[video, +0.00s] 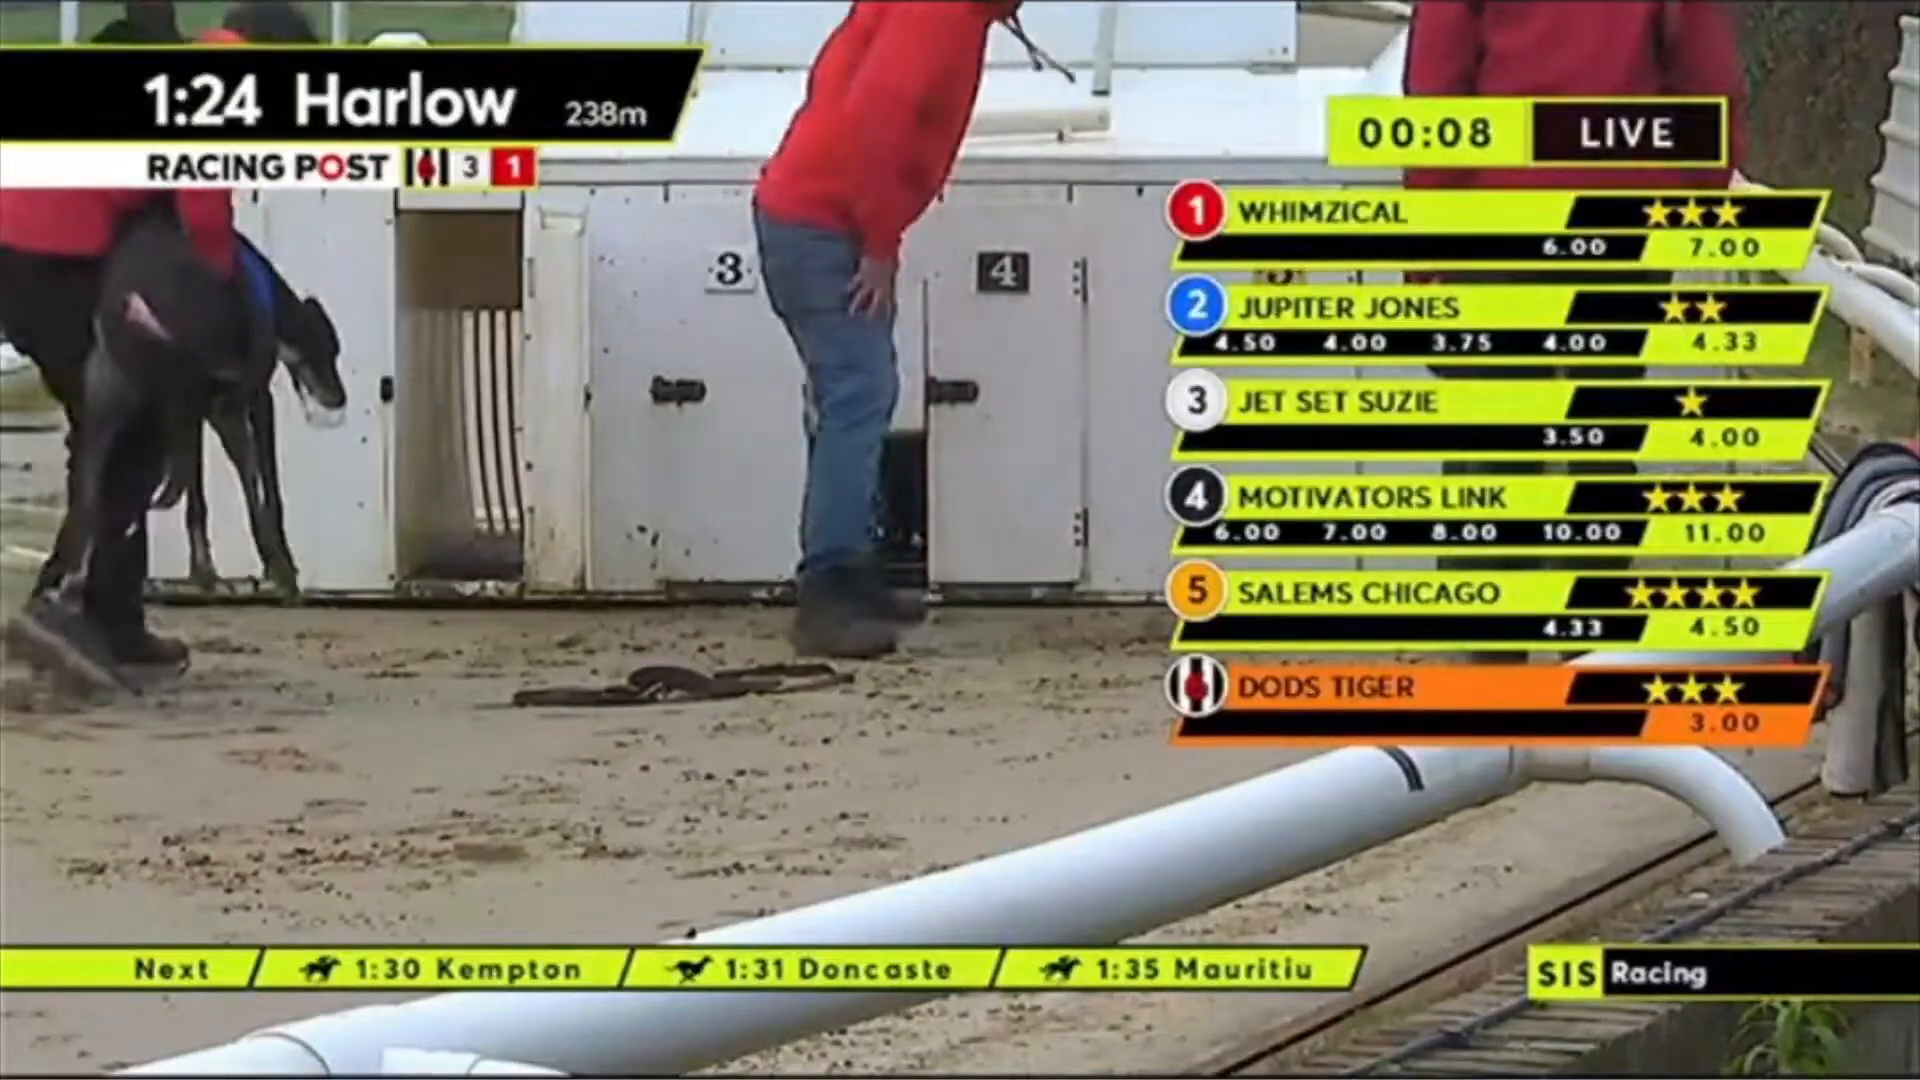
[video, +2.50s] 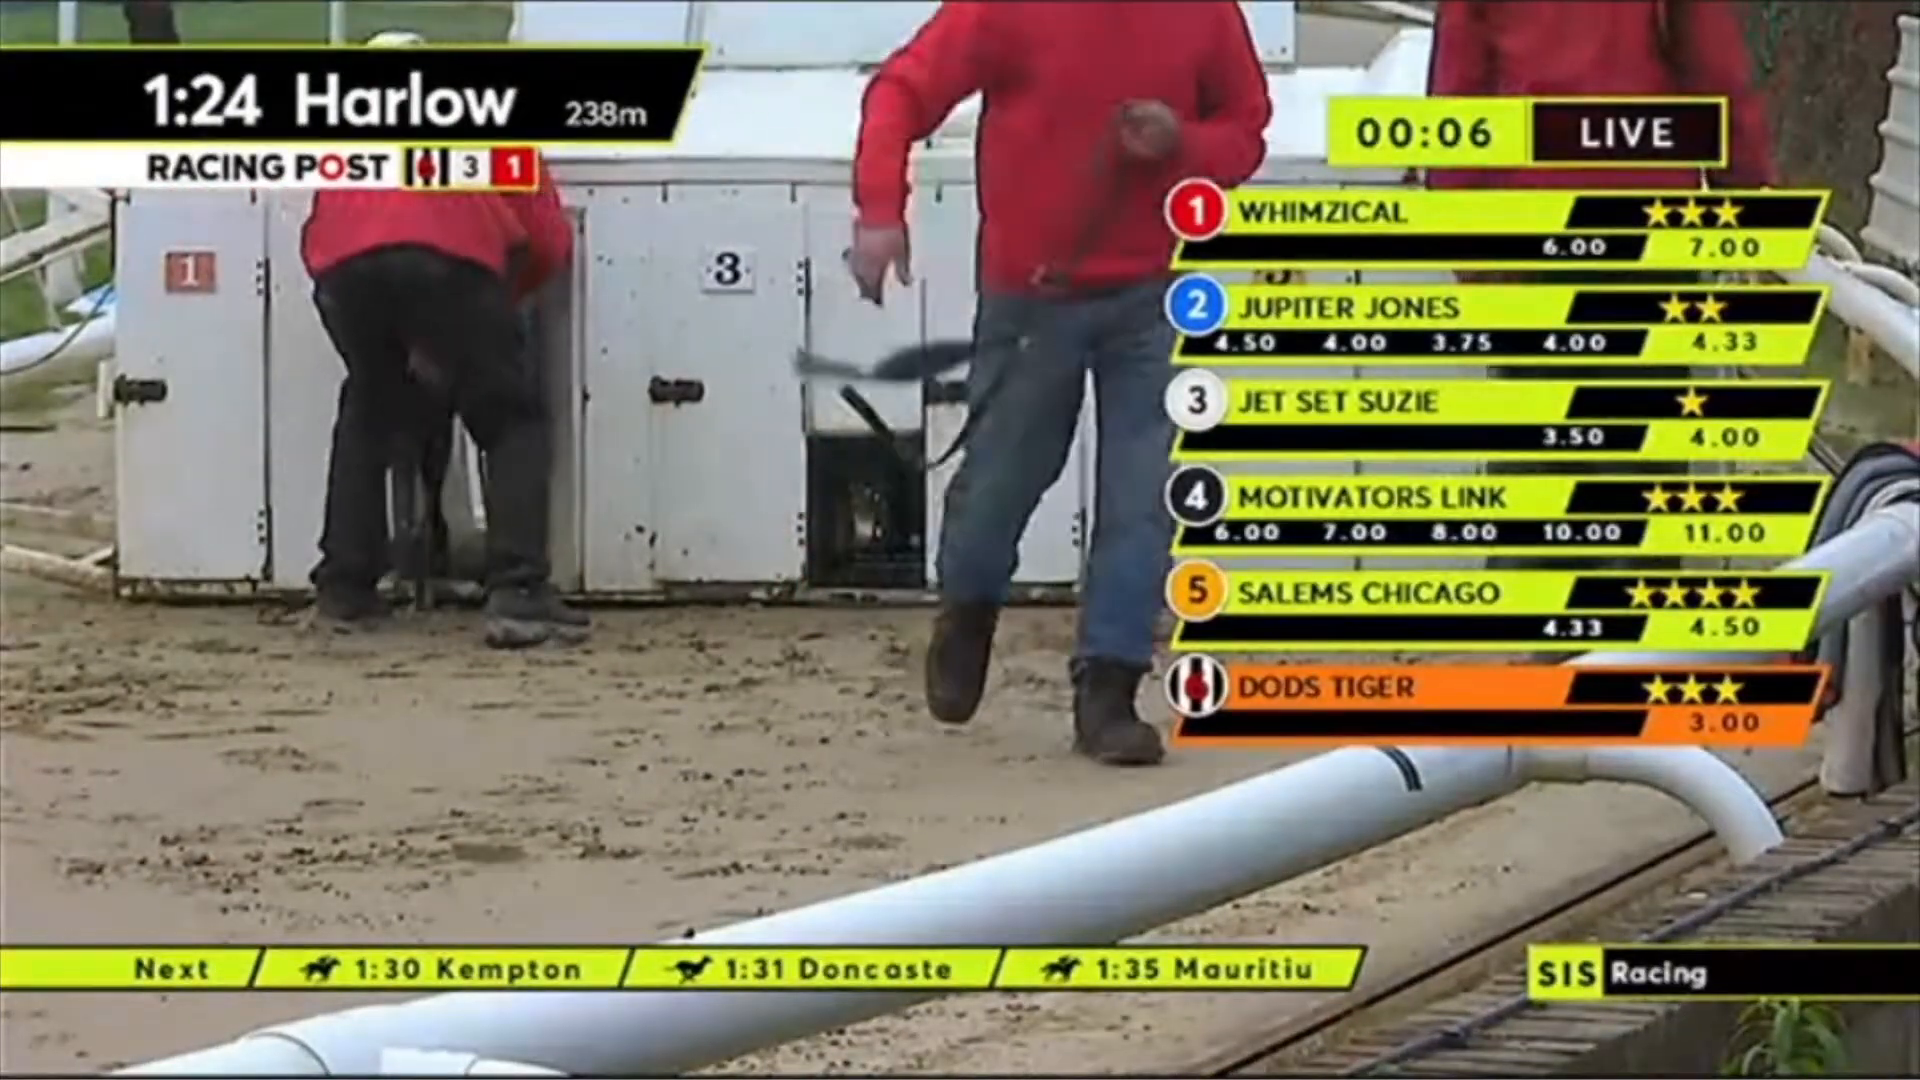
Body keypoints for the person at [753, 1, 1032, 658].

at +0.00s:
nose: (1015, 12)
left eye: (1015, 11)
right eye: (1014, 7)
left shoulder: (919, 12)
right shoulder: (945, 13)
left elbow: (830, 78)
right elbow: (882, 109)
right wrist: (881, 242)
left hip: (808, 217)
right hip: (821, 223)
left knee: (849, 394)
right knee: (862, 392)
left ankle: (843, 581)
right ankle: (831, 595)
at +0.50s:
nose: (886, 66)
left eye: (901, 52)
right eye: (871, 50)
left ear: (928, 38)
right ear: (851, 36)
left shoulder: (974, 41)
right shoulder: (815, 77)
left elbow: (980, 131)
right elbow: (787, 234)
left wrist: (938, 211)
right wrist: (806, 372)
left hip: (932, 259)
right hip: (830, 271)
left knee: (952, 395)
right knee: (817, 419)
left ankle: (963, 587)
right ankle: (826, 602)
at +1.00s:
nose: (862, 364)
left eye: (876, 344)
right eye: (845, 346)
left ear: (907, 315)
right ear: (824, 318)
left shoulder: (996, 249)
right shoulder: (827, 312)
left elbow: (1093, 318)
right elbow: (791, 451)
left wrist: (1116, 430)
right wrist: (757, 617)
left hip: (1015, 313)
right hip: (918, 330)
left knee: (986, 440)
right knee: (872, 470)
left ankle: (972, 615)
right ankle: (901, 580)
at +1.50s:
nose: (905, 196)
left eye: (917, 181)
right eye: (890, 188)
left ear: (939, 142)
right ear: (861, 159)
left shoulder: (1003, 151)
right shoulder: (829, 176)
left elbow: (1054, 273)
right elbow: (802, 267)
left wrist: (976, 360)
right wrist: (799, 320)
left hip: (1011, 288)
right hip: (907, 290)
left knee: (1001, 448)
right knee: (881, 443)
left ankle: (985, 619)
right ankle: (907, 564)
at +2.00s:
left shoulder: (1057, 18)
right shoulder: (877, 16)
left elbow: (1085, 153)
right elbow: (778, 104)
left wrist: (963, 181)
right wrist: (772, 16)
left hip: (1038, 278)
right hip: (922, 276)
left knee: (1027, 468)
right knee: (918, 467)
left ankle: (999, 595)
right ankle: (923, 665)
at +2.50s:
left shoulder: (1208, 14)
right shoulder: (1004, 13)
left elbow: (1247, 138)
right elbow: (900, 90)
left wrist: (1183, 140)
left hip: (1152, 290)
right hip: (1030, 289)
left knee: (1143, 497)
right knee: (1001, 479)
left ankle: (1109, 696)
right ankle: (969, 613)